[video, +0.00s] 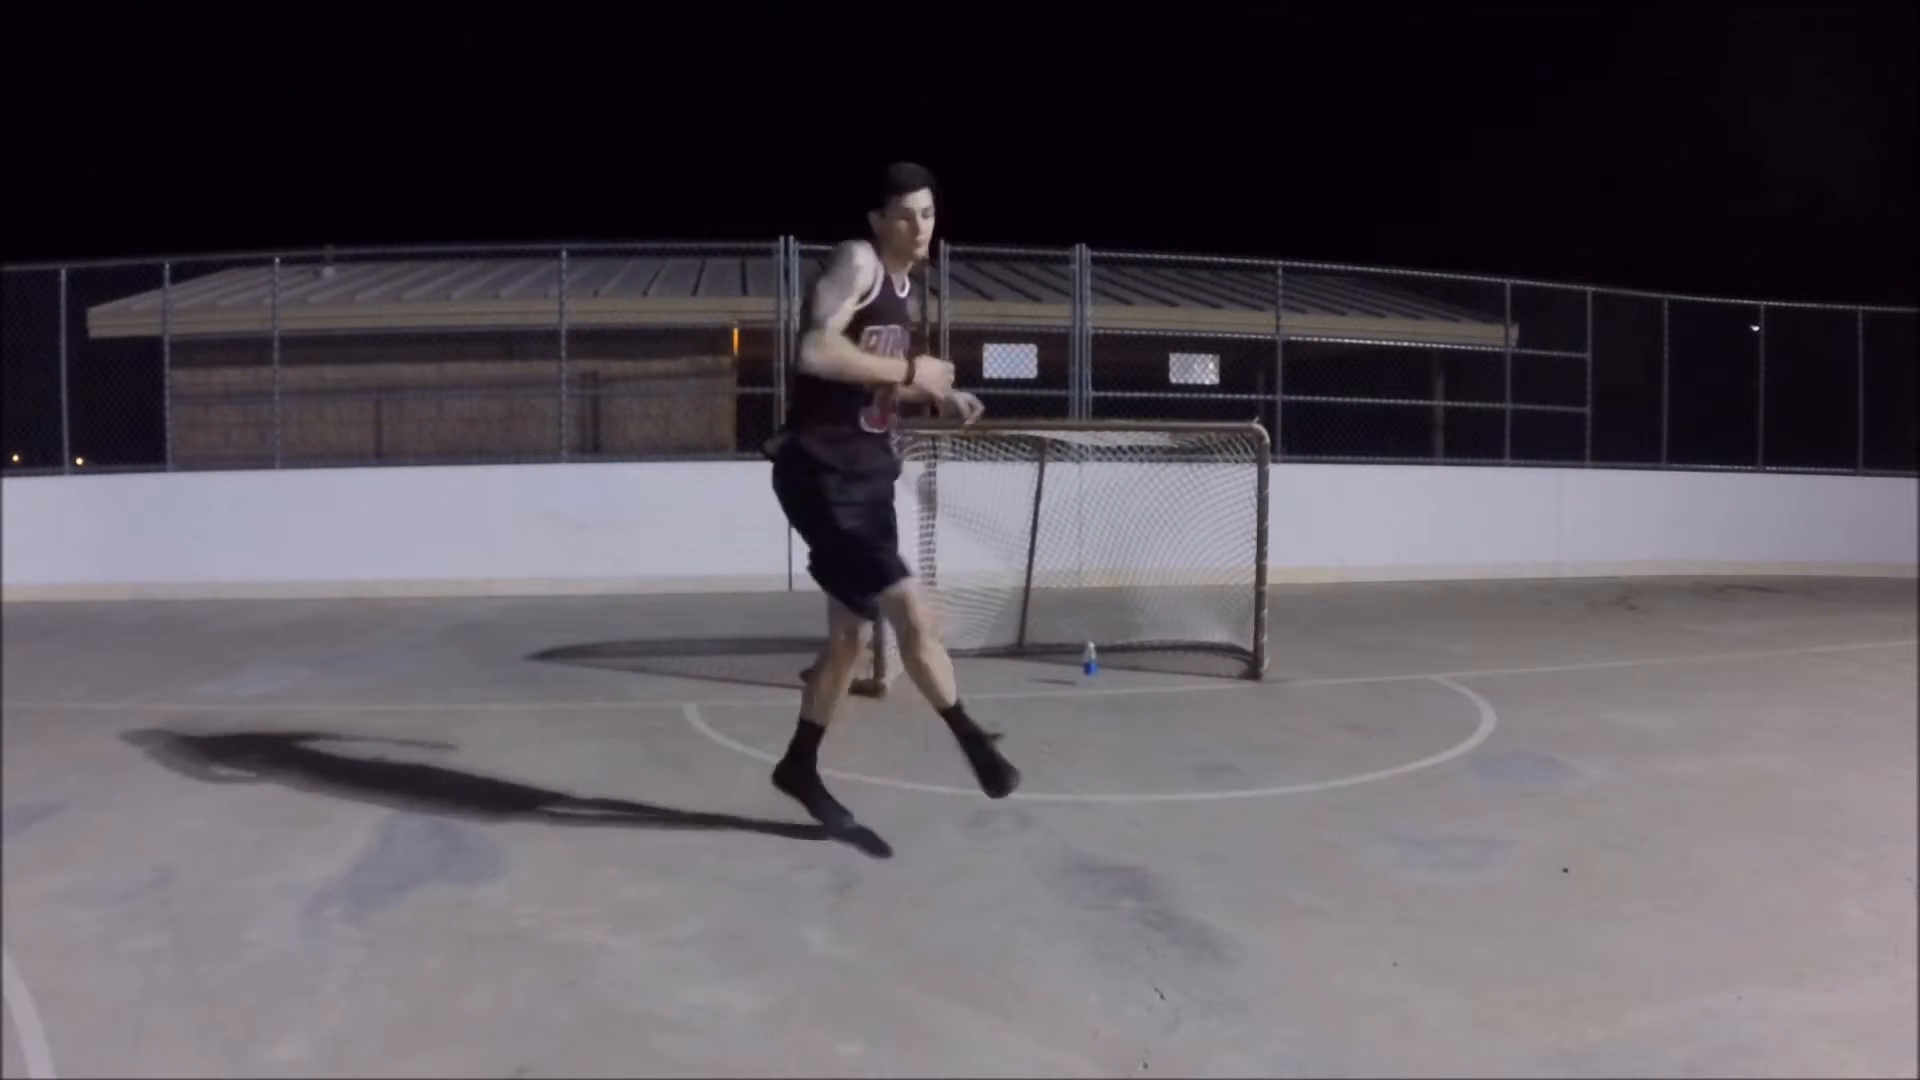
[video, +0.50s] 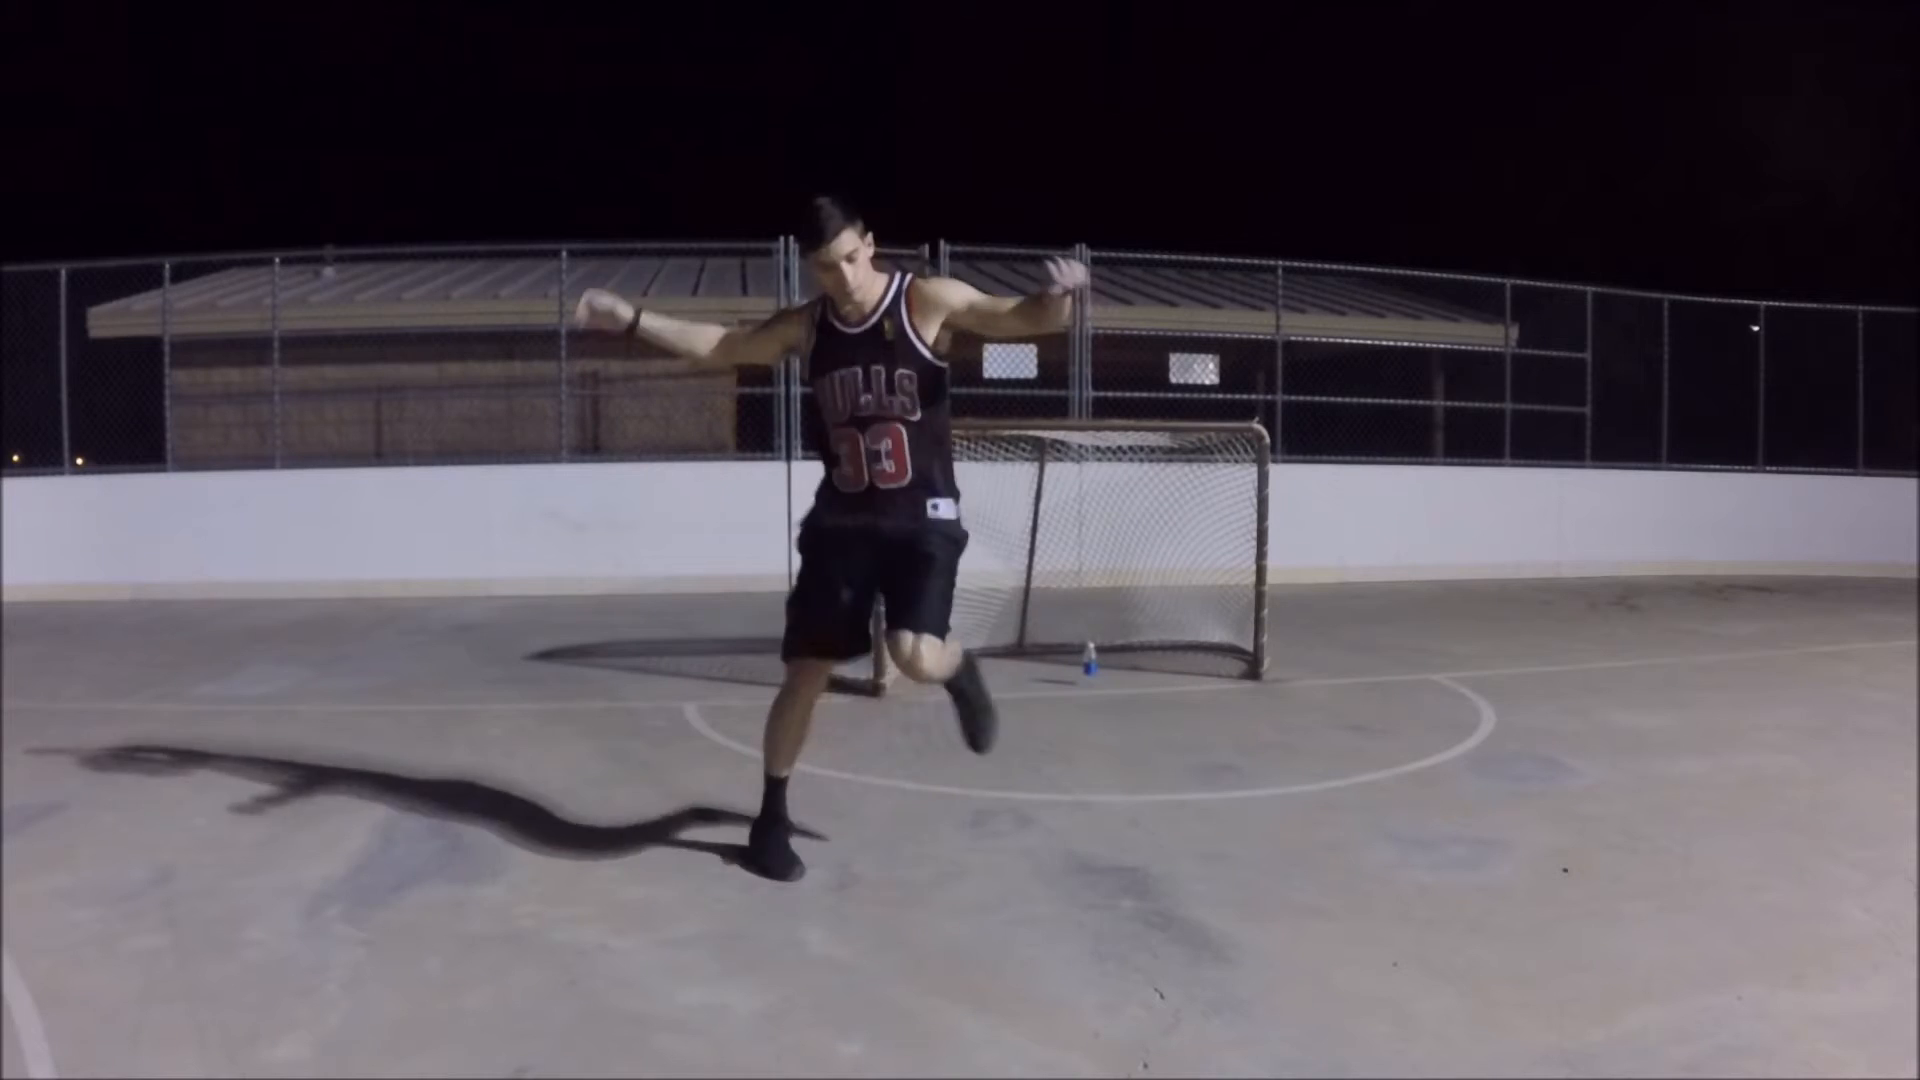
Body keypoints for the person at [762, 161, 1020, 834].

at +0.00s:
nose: (922, 227)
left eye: (928, 216)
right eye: (908, 216)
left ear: (933, 222)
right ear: (878, 221)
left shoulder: (905, 280)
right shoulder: (856, 261)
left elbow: (875, 377)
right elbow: (814, 353)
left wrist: (937, 397)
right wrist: (911, 371)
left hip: (868, 467)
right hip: (821, 467)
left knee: (849, 636)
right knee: (913, 612)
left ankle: (797, 766)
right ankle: (972, 738)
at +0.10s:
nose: (897, 257)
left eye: (906, 244)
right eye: (885, 246)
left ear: (921, 245)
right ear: (863, 247)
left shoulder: (920, 313)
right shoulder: (823, 302)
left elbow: (932, 362)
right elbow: (770, 393)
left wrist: (997, 395)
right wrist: (840, 418)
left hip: (884, 492)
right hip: (816, 493)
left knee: (857, 636)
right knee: (874, 626)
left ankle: (842, 775)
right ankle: (956, 781)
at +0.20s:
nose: (879, 293)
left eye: (887, 279)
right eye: (866, 283)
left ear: (902, 276)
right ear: (842, 282)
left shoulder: (924, 343)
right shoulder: (810, 347)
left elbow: (994, 380)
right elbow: (752, 412)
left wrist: (1072, 393)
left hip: (890, 547)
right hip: (820, 546)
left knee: (869, 693)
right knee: (831, 690)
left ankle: (843, 782)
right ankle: (878, 843)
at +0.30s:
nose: (855, 279)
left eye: (866, 263)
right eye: (841, 266)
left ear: (884, 252)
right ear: (823, 262)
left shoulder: (921, 304)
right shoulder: (797, 321)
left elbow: (1003, 351)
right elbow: (737, 394)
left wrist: (1080, 360)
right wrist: (680, 442)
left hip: (902, 513)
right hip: (826, 513)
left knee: (875, 669)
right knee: (820, 655)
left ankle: (850, 773)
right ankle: (827, 810)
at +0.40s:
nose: (836, 273)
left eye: (844, 257)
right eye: (822, 261)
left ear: (867, 240)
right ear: (805, 256)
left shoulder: (926, 294)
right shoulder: (798, 318)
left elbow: (1019, 324)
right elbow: (723, 376)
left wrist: (1078, 318)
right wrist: (643, 395)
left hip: (914, 503)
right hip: (833, 504)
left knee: (897, 672)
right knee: (818, 664)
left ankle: (884, 706)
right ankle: (770, 814)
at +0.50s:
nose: (839, 281)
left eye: (846, 263)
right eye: (824, 270)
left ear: (870, 246)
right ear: (809, 267)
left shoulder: (930, 300)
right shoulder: (807, 326)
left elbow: (1031, 320)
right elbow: (718, 345)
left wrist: (1061, 297)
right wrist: (632, 318)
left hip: (922, 517)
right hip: (839, 520)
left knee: (914, 656)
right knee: (807, 670)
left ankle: (961, 670)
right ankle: (771, 820)